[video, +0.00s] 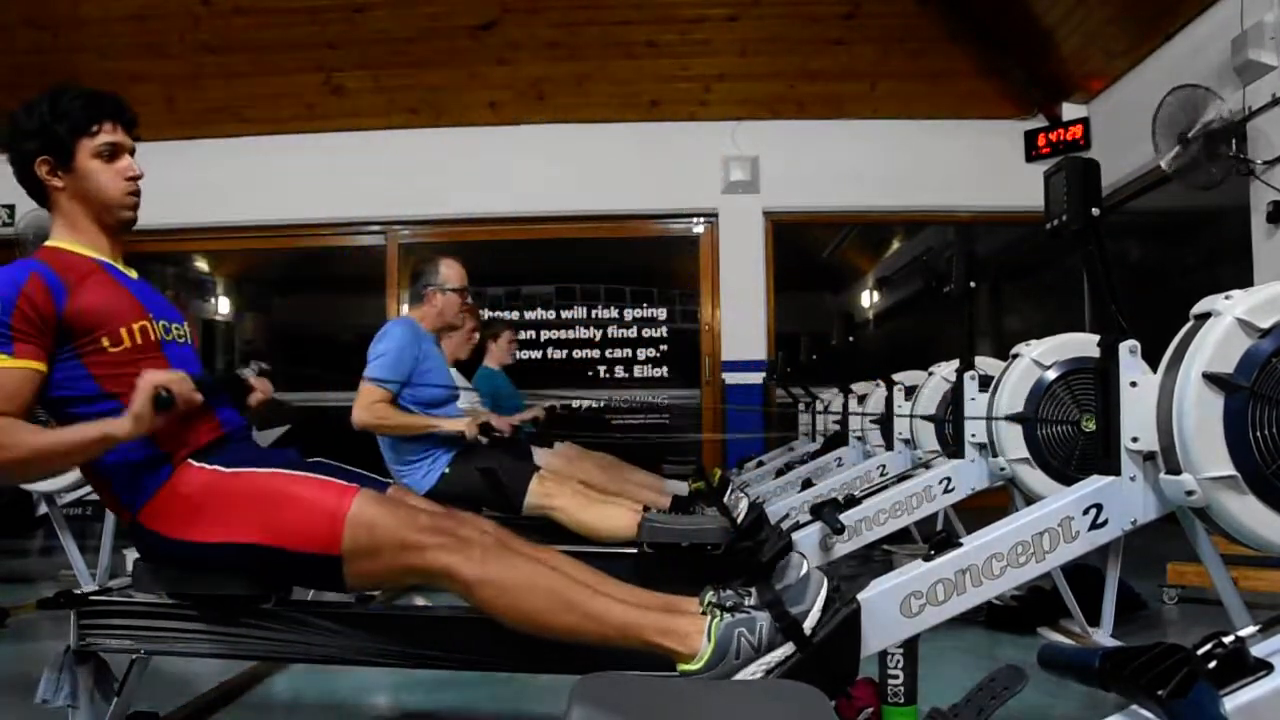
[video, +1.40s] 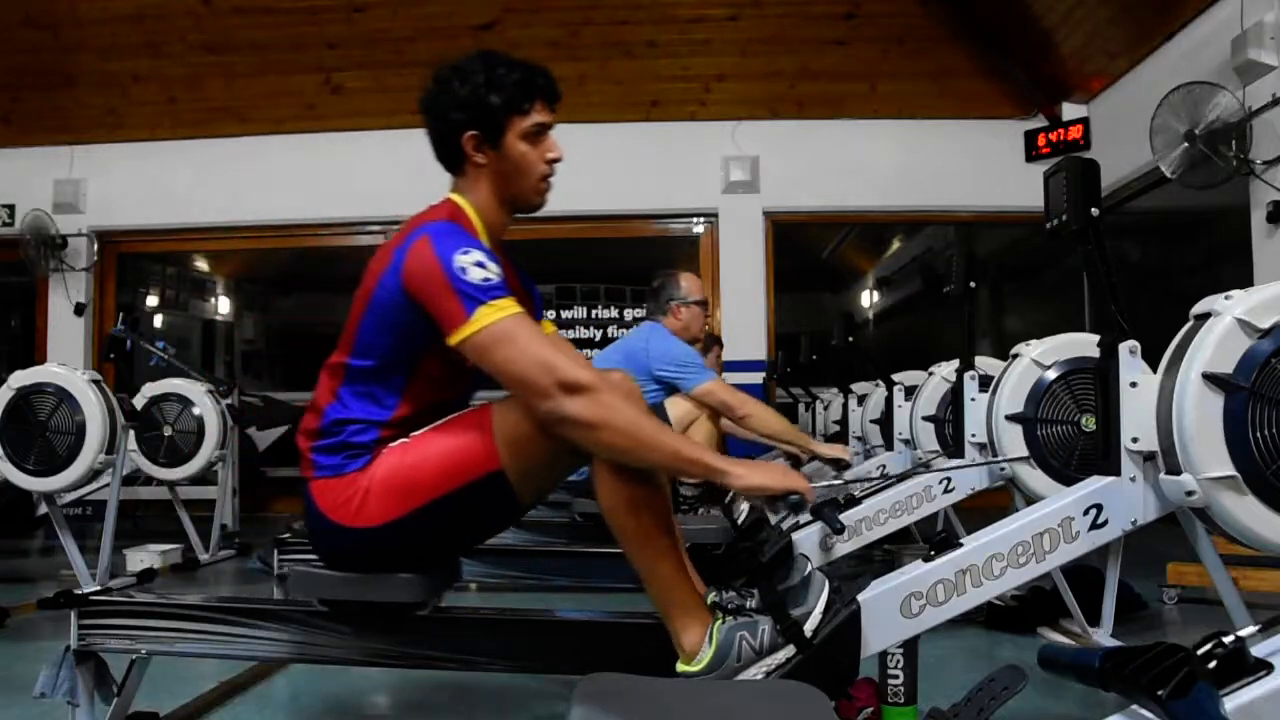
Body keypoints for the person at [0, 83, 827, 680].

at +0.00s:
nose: (134, 170)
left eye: (132, 155)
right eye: (112, 157)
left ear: (106, 171)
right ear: (52, 174)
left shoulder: (126, 278)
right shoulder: (36, 279)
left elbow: (157, 406)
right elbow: (5, 443)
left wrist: (234, 397)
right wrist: (120, 427)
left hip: (221, 467)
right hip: (176, 491)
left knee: (456, 530)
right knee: (432, 539)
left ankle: (701, 623)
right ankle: (694, 641)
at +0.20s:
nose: (165, 160)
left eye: (164, 143)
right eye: (143, 143)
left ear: (142, 161)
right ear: (81, 160)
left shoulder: (147, 272)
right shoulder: (59, 271)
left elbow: (187, 406)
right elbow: (57, 433)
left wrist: (256, 433)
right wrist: (208, 464)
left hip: (241, 474)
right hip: (192, 499)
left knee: (464, 531)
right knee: (439, 540)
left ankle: (702, 624)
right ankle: (702, 642)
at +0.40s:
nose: (216, 148)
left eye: (215, 131)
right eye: (195, 132)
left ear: (190, 146)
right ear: (135, 145)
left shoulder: (203, 271)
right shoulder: (106, 261)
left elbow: (267, 399)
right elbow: (153, 421)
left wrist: (343, 455)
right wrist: (304, 480)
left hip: (261, 487)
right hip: (192, 500)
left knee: (473, 528)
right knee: (448, 540)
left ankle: (698, 625)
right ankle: (700, 641)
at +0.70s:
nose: (298, 143)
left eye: (299, 126)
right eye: (278, 125)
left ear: (264, 139)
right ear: (217, 136)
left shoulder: (273, 263)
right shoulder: (181, 248)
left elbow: (353, 386)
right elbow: (259, 399)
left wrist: (442, 462)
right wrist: (410, 481)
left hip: (261, 472)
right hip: (199, 488)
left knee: (489, 500)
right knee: (465, 520)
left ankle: (696, 622)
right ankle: (688, 640)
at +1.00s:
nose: (398, 145)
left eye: (397, 128)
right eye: (377, 129)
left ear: (379, 140)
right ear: (319, 139)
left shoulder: (357, 258)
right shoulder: (280, 243)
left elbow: (440, 381)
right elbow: (373, 394)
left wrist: (550, 467)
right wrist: (531, 475)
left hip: (303, 476)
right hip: (241, 490)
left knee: (514, 455)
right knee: (494, 473)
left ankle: (699, 618)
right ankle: (696, 644)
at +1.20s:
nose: (475, 149)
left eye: (470, 131)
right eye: (454, 132)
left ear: (409, 146)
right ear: (394, 145)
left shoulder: (424, 259)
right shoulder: (357, 243)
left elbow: (505, 375)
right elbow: (459, 395)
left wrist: (614, 461)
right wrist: (625, 475)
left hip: (338, 479)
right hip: (288, 496)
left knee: (554, 424)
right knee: (522, 435)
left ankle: (691, 611)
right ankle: (693, 638)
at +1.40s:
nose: (557, 153)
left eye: (552, 135)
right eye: (537, 136)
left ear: (488, 152)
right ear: (478, 149)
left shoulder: (484, 254)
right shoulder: (442, 248)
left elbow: (581, 382)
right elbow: (568, 397)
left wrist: (696, 457)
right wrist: (726, 470)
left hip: (399, 485)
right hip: (358, 500)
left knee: (611, 393)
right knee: (599, 401)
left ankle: (693, 614)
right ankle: (698, 641)